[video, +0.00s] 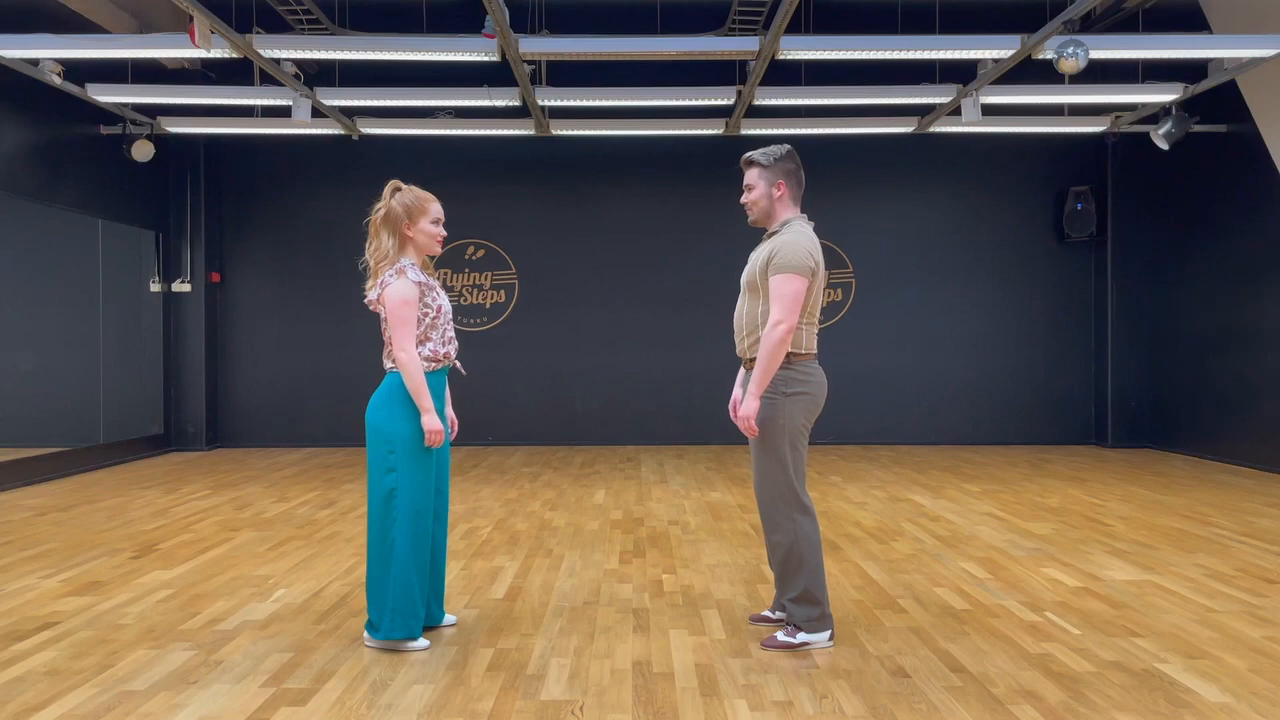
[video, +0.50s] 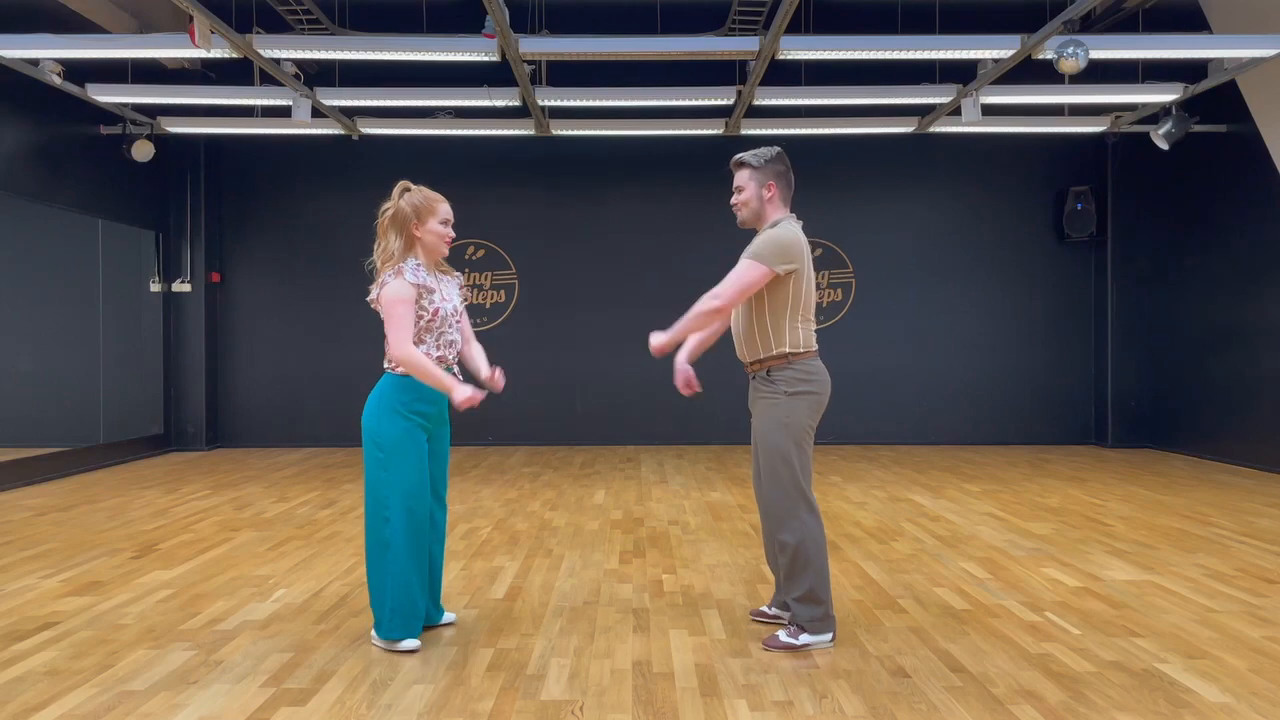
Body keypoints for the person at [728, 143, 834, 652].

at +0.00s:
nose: (743, 198)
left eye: (750, 188)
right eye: (743, 189)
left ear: (781, 189)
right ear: (777, 192)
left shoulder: (794, 244)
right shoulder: (777, 243)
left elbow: (783, 326)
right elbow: (763, 326)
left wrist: (755, 394)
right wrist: (741, 383)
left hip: (787, 383)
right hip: (773, 381)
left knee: (786, 502)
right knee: (777, 499)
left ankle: (811, 621)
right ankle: (793, 603)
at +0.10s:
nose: (743, 198)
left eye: (750, 188)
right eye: (743, 188)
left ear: (781, 189)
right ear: (778, 192)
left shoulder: (794, 243)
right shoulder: (777, 243)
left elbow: (783, 326)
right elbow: (762, 326)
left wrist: (755, 393)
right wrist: (741, 383)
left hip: (787, 383)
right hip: (773, 381)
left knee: (786, 502)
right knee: (778, 499)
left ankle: (811, 621)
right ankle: (794, 603)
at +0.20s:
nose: (743, 198)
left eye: (750, 188)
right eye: (743, 189)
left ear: (781, 189)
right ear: (777, 192)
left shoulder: (794, 243)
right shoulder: (776, 243)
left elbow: (782, 326)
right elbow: (761, 326)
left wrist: (754, 393)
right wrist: (741, 382)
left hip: (787, 384)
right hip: (772, 382)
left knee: (787, 502)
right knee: (778, 499)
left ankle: (811, 621)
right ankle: (794, 603)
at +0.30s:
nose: (741, 197)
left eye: (749, 187)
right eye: (742, 188)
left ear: (779, 189)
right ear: (776, 192)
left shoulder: (793, 241)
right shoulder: (774, 243)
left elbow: (778, 324)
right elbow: (757, 325)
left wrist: (750, 391)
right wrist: (738, 381)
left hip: (787, 384)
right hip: (772, 383)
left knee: (787, 502)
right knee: (777, 499)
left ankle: (811, 621)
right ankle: (794, 602)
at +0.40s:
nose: (739, 197)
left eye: (747, 188)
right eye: (740, 188)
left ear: (776, 188)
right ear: (771, 190)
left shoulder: (789, 239)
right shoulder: (770, 242)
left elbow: (757, 317)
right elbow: (747, 318)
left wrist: (720, 377)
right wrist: (722, 378)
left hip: (787, 383)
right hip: (772, 382)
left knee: (788, 499)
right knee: (779, 497)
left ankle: (812, 621)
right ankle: (794, 602)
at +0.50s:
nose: (732, 200)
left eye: (740, 190)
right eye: (733, 190)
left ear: (770, 191)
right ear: (765, 193)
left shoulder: (780, 238)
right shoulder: (768, 242)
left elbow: (723, 299)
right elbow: (726, 308)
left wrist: (670, 335)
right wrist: (684, 353)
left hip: (789, 383)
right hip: (771, 383)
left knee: (788, 500)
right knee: (775, 495)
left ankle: (814, 621)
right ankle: (792, 599)